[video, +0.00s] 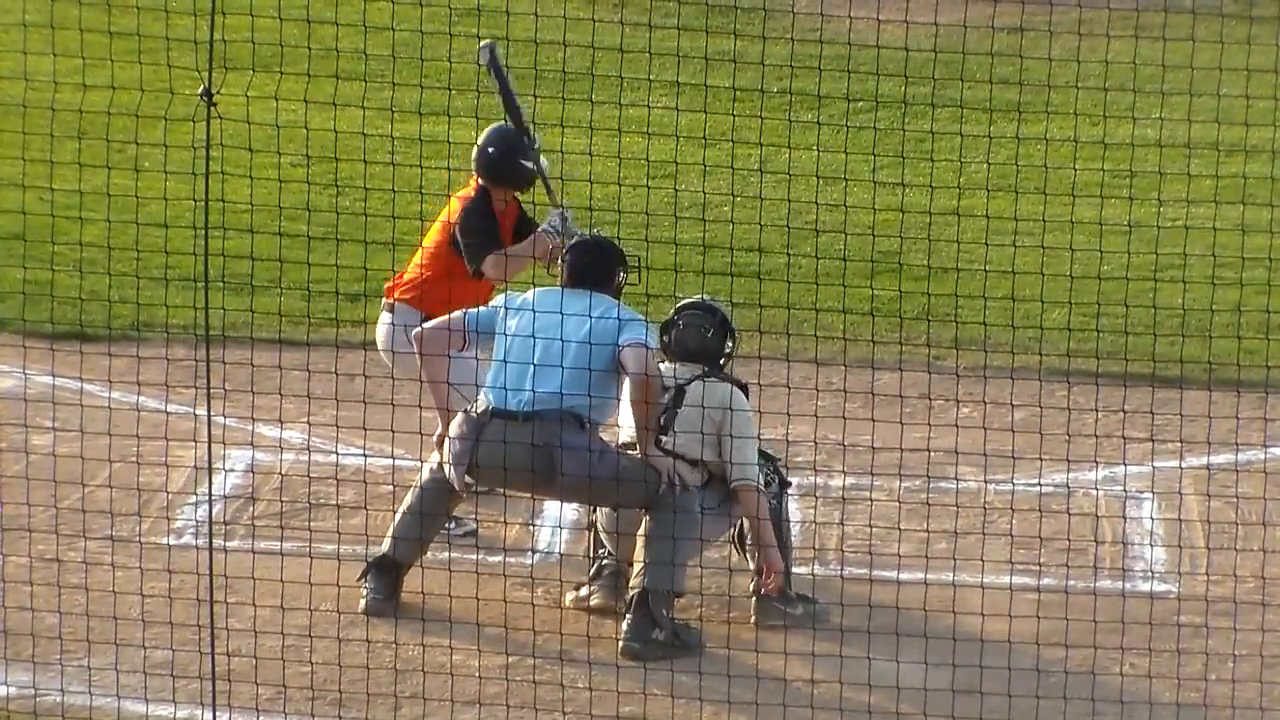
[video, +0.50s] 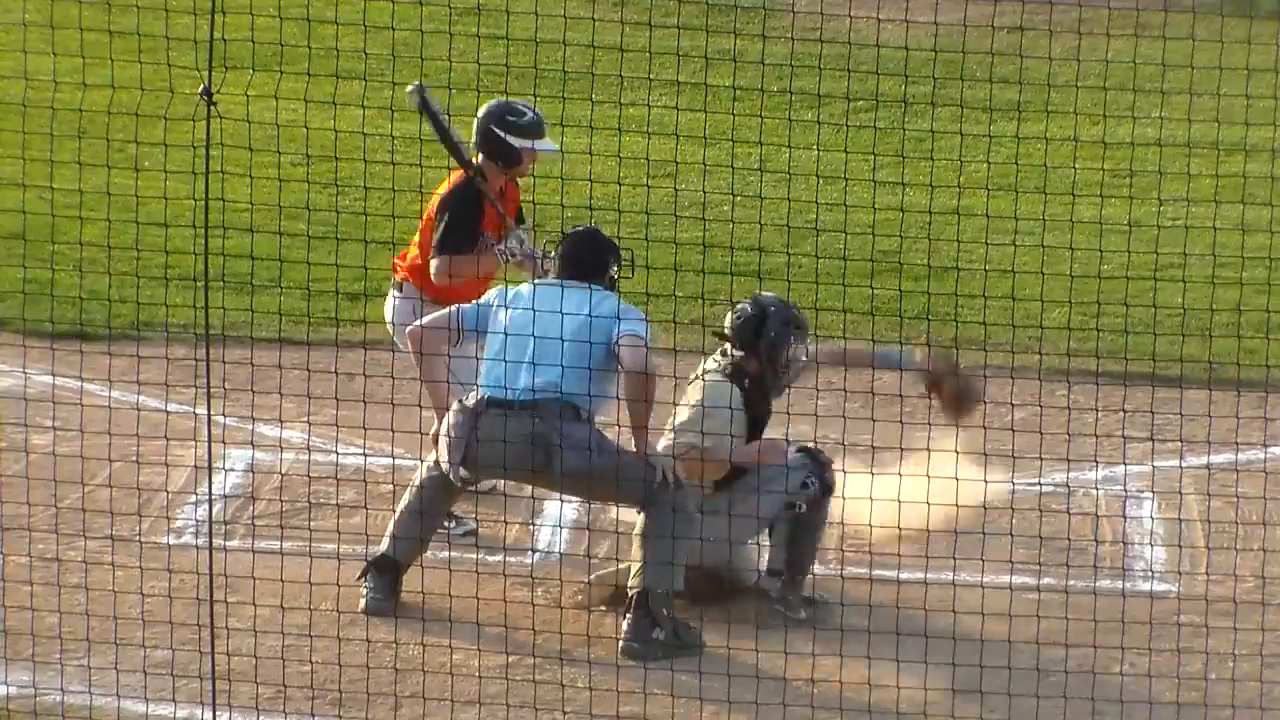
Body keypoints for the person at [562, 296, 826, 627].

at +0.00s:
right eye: (724, 342)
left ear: (666, 343)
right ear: (721, 349)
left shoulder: (639, 380)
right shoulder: (727, 396)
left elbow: (615, 444)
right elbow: (746, 481)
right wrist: (768, 548)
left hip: (630, 507)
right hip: (695, 513)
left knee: (620, 471)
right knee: (767, 477)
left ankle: (606, 579)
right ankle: (775, 594)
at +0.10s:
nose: (733, 351)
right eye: (731, 344)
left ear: (671, 342)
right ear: (722, 349)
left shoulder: (641, 378)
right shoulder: (726, 396)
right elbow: (742, 486)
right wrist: (770, 547)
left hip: (628, 505)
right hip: (694, 511)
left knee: (615, 470)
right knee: (770, 468)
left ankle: (607, 576)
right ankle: (776, 591)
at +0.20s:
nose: (745, 357)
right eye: (743, 349)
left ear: (688, 346)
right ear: (736, 354)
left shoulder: (665, 384)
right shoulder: (725, 398)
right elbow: (728, 495)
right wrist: (776, 545)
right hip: (686, 510)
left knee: (618, 469)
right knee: (768, 474)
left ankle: (607, 574)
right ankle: (775, 592)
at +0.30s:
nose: (772, 364)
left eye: (772, 354)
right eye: (768, 354)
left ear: (718, 350)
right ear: (751, 359)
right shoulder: (723, 397)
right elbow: (710, 495)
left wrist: (829, 497)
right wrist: (763, 514)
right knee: (767, 470)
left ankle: (612, 568)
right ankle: (773, 593)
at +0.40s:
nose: (786, 366)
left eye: (786, 357)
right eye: (781, 356)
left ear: (744, 349)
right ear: (756, 354)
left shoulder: (743, 382)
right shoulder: (718, 389)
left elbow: (824, 417)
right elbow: (682, 465)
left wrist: (893, 457)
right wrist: (751, 479)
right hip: (670, 515)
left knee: (716, 585)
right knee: (783, 459)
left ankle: (622, 577)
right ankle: (778, 594)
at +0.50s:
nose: (794, 358)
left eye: (795, 348)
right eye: (787, 348)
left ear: (749, 342)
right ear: (760, 350)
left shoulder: (745, 368)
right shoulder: (720, 393)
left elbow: (825, 358)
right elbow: (686, 464)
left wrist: (907, 363)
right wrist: (748, 454)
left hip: (681, 507)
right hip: (689, 519)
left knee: (731, 582)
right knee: (811, 472)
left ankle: (649, 576)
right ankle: (789, 593)